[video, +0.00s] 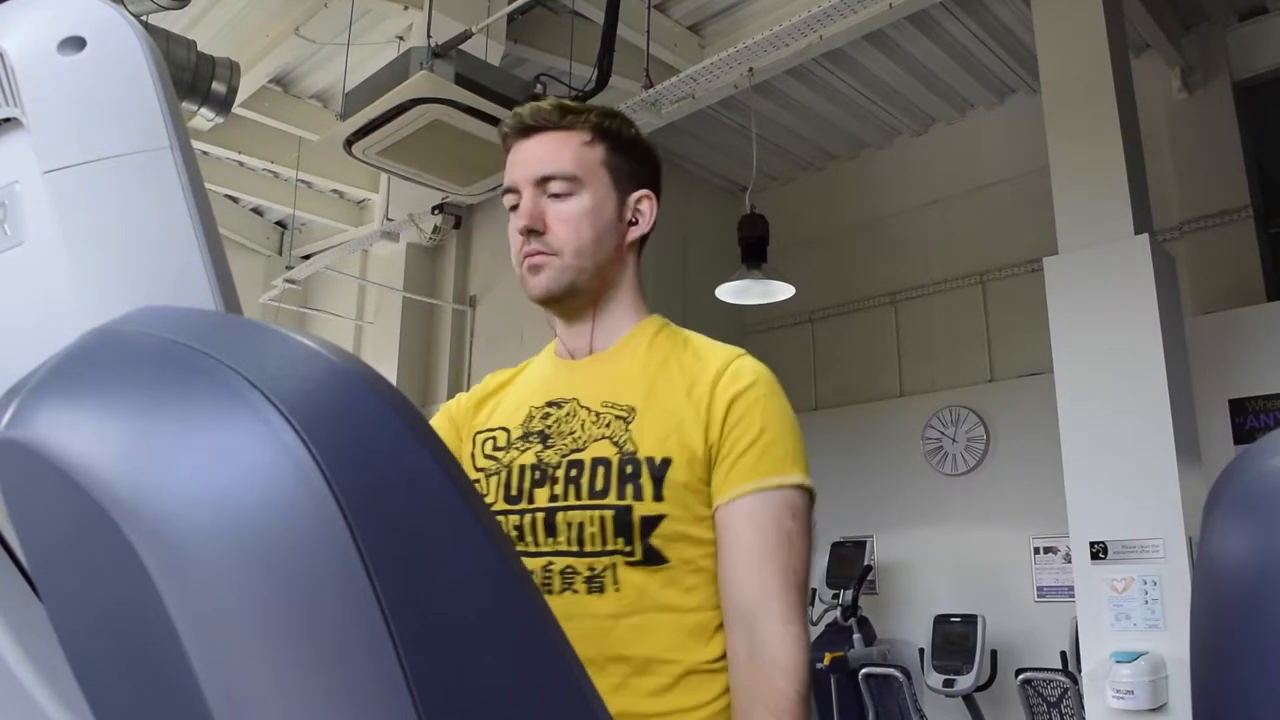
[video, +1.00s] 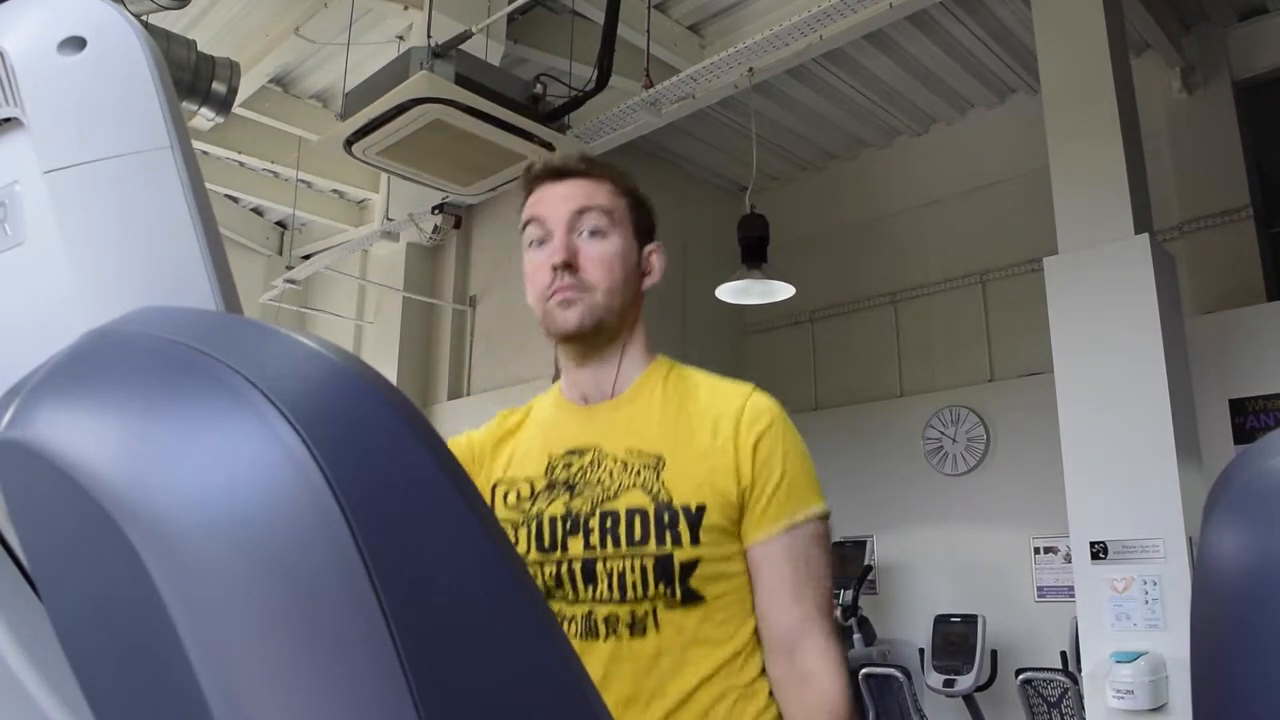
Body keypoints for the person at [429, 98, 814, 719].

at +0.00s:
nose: (524, 219)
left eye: (558, 192)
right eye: (513, 200)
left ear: (636, 216)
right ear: (506, 221)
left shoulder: (729, 389)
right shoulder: (462, 421)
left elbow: (765, 645)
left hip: (679, 703)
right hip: (497, 703)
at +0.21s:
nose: (521, 249)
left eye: (553, 219)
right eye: (509, 232)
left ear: (631, 242)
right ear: (502, 255)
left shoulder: (730, 409)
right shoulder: (462, 450)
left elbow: (761, 664)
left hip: (673, 703)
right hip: (500, 703)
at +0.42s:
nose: (511, 253)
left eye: (542, 225)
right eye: (494, 235)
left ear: (611, 250)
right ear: (484, 261)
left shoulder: (704, 406)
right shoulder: (449, 450)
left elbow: (727, 650)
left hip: (653, 704)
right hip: (486, 704)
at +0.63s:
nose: (530, 236)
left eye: (560, 211)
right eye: (509, 220)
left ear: (619, 238)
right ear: (497, 251)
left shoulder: (716, 393)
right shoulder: (448, 441)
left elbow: (777, 610)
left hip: (706, 704)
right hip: (523, 706)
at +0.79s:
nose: (541, 266)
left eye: (572, 240)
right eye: (519, 249)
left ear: (626, 271)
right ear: (503, 282)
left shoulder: (723, 423)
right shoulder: (460, 467)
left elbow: (805, 627)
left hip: (725, 707)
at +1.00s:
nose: (560, 256)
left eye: (592, 231)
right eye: (537, 240)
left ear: (648, 264)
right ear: (525, 278)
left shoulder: (744, 425)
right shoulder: (471, 463)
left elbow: (802, 656)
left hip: (726, 705)